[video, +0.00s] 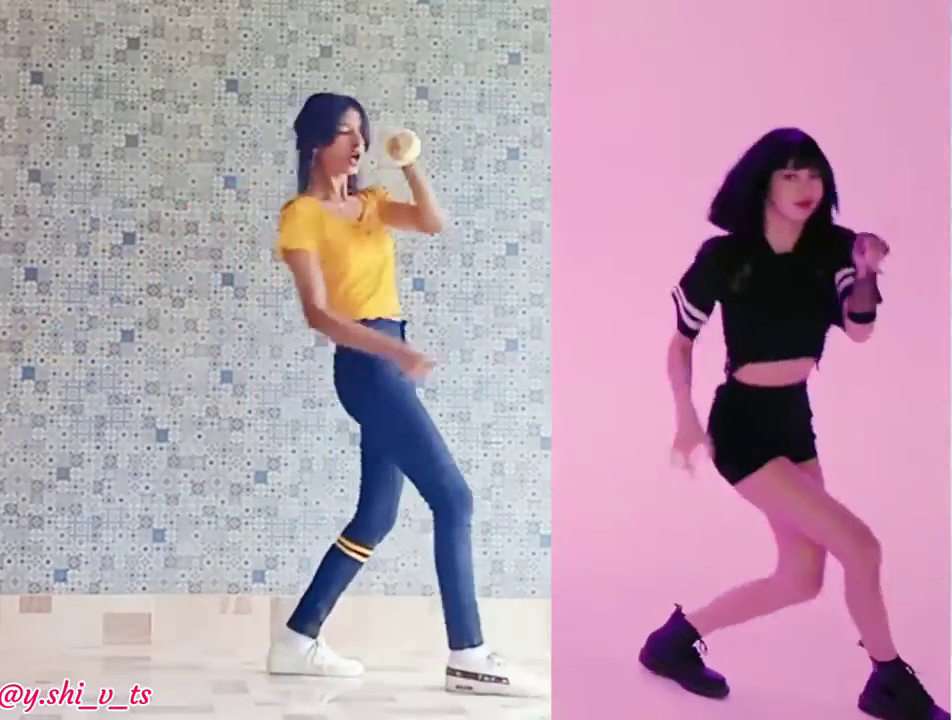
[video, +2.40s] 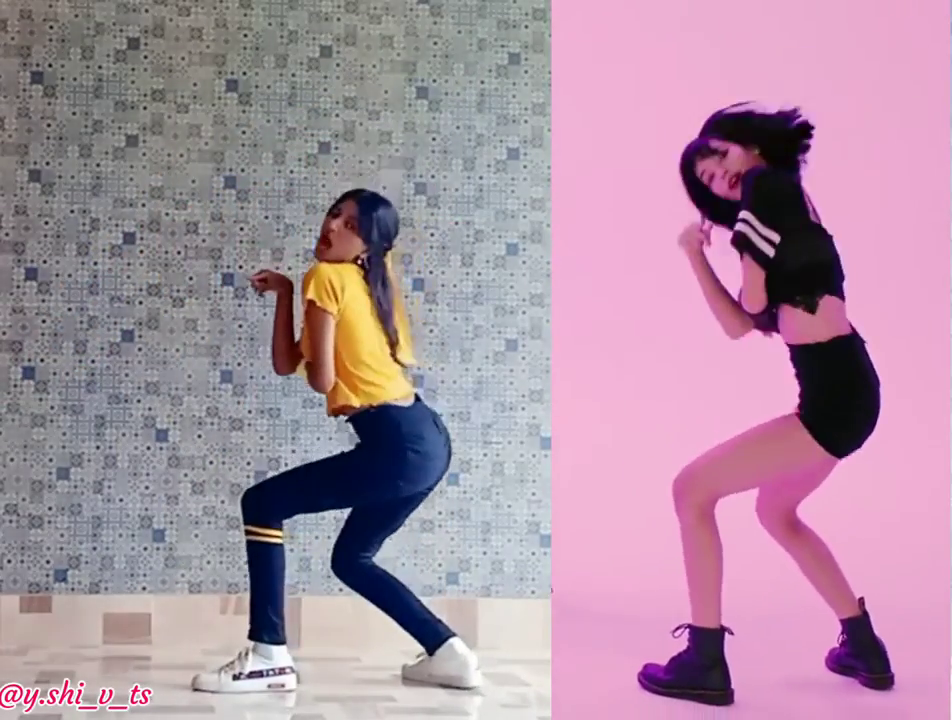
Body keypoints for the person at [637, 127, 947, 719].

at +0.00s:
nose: (806, 186)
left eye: (815, 174)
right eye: (791, 173)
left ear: (825, 185)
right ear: (763, 183)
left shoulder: (829, 248)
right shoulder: (725, 256)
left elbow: (859, 330)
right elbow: (680, 342)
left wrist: (866, 275)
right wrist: (684, 418)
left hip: (795, 418)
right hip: (740, 425)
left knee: (798, 581)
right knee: (859, 545)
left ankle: (676, 637)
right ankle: (889, 677)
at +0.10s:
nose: (816, 157)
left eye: (823, 144)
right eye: (800, 146)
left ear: (833, 153)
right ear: (772, 157)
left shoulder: (833, 216)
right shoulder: (748, 240)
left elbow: (910, 291)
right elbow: (734, 362)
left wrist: (902, 232)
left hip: (788, 405)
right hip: (748, 415)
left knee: (798, 565)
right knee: (877, 535)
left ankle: (663, 626)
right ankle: (880, 672)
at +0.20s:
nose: (826, 114)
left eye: (826, 104)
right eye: (808, 107)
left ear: (821, 120)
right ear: (778, 127)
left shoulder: (780, 191)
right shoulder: (797, 208)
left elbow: (828, 274)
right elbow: (861, 311)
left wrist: (865, 213)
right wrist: (898, 229)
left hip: (747, 374)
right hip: (766, 386)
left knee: (772, 527)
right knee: (874, 512)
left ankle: (656, 627)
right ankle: (875, 665)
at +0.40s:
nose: (775, 98)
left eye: (783, 88)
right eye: (779, 87)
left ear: (802, 96)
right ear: (840, 101)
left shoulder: (754, 155)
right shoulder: (864, 164)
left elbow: (707, 230)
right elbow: (830, 216)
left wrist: (766, 226)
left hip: (757, 341)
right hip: (826, 340)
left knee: (716, 507)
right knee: (832, 501)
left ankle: (700, 662)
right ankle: (847, 648)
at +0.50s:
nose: (786, 74)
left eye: (801, 66)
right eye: (791, 63)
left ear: (835, 85)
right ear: (835, 89)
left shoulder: (781, 152)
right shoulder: (843, 160)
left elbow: (707, 229)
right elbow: (742, 203)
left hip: (767, 338)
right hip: (818, 335)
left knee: (711, 505)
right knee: (810, 495)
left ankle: (687, 661)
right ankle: (832, 644)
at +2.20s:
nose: (792, 109)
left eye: (802, 95)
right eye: (781, 103)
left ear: (830, 101)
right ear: (774, 117)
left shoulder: (826, 161)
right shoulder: (791, 171)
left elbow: (752, 249)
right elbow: (714, 241)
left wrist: (751, 241)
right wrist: (707, 168)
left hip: (805, 369)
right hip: (807, 364)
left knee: (674, 491)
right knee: (767, 512)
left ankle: (697, 665)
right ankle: (859, 647)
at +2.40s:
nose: (718, 173)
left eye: (719, 155)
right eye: (707, 179)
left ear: (751, 143)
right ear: (714, 191)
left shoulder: (766, 193)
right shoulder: (782, 207)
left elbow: (752, 304)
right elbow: (737, 327)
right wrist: (694, 256)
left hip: (833, 399)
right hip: (846, 392)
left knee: (693, 489)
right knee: (777, 512)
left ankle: (704, 659)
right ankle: (863, 643)